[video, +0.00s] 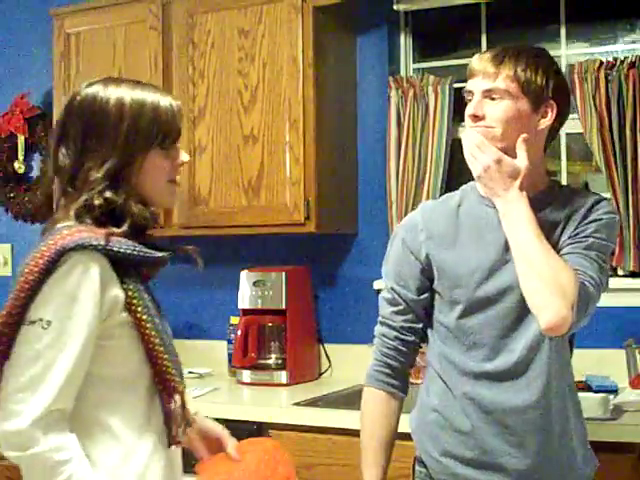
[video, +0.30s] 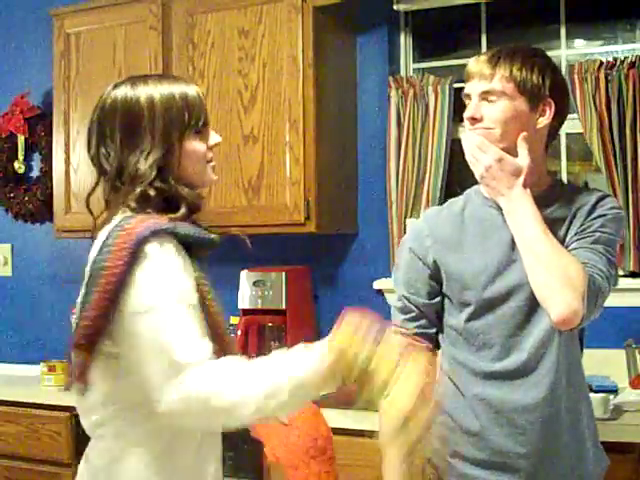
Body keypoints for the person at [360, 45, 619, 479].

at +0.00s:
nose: (472, 110)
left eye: (493, 96)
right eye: (470, 97)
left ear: (545, 114)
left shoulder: (587, 213)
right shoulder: (423, 228)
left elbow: (557, 314)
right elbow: (388, 367)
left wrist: (508, 196)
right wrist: (373, 474)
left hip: (550, 462)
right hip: (446, 462)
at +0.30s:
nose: (470, 113)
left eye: (490, 98)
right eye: (467, 101)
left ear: (544, 113)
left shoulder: (592, 212)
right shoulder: (432, 232)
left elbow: (567, 308)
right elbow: (408, 355)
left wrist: (513, 194)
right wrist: (399, 467)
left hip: (563, 460)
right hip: (463, 462)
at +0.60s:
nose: (456, 134)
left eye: (466, 115)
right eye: (457, 119)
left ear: (511, 110)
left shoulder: (605, 208)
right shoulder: (446, 224)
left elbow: (547, 291)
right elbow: (420, 356)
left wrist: (497, 176)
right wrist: (405, 470)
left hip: (554, 462)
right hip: (454, 459)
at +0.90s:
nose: (471, 129)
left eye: (482, 109)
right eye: (474, 115)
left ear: (532, 105)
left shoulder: (610, 215)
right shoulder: (457, 226)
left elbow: (518, 291)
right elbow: (432, 351)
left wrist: (494, 180)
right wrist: (408, 466)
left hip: (541, 464)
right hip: (442, 460)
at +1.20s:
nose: (604, 142)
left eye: (621, 130)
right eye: (593, 120)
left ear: (631, 140)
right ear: (555, 112)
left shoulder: (623, 225)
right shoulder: (463, 212)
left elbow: (540, 272)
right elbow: (428, 341)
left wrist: (445, 191)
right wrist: (411, 460)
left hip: (558, 463)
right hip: (452, 459)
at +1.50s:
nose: (619, 141)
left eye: (637, 132)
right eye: (611, 118)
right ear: (580, 116)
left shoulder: (629, 244)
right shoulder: (477, 211)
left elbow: (629, 357)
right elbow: (416, 337)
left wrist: (526, 272)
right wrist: (381, 456)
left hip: (566, 469)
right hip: (459, 463)